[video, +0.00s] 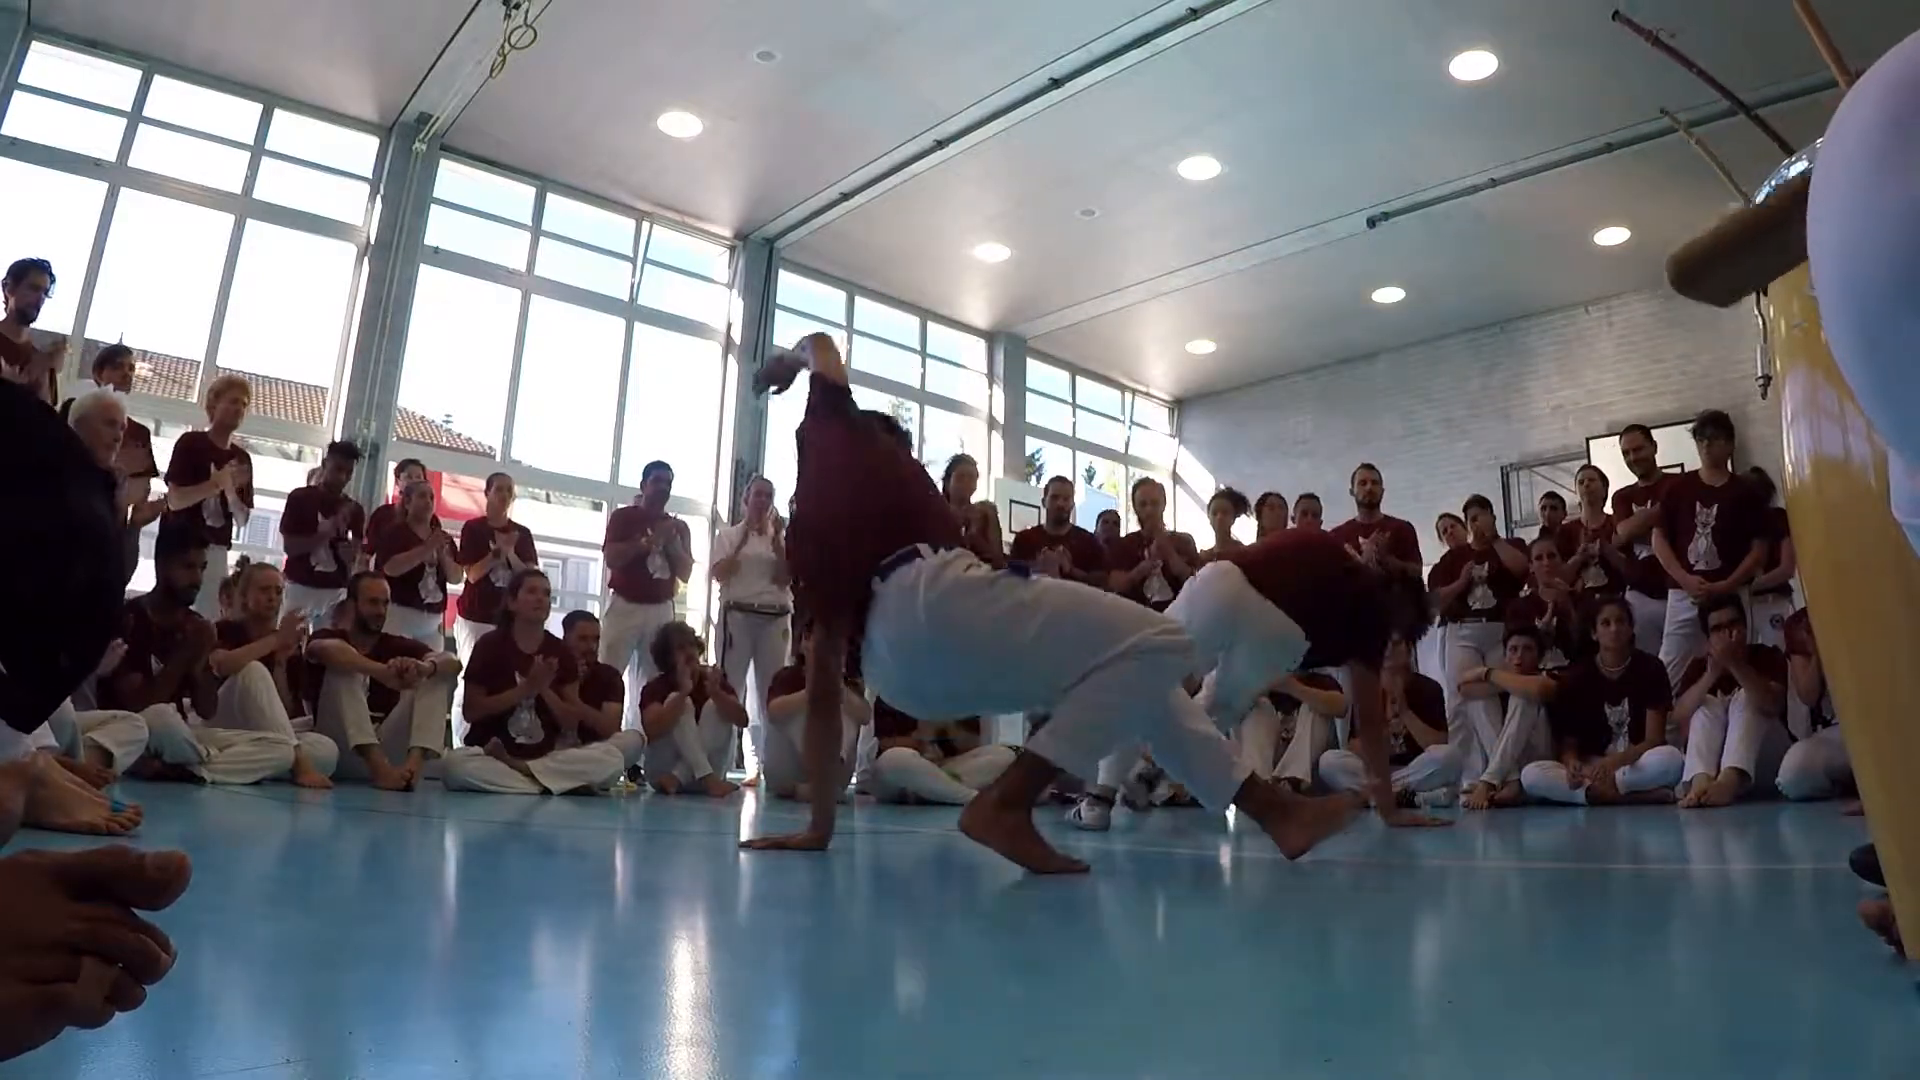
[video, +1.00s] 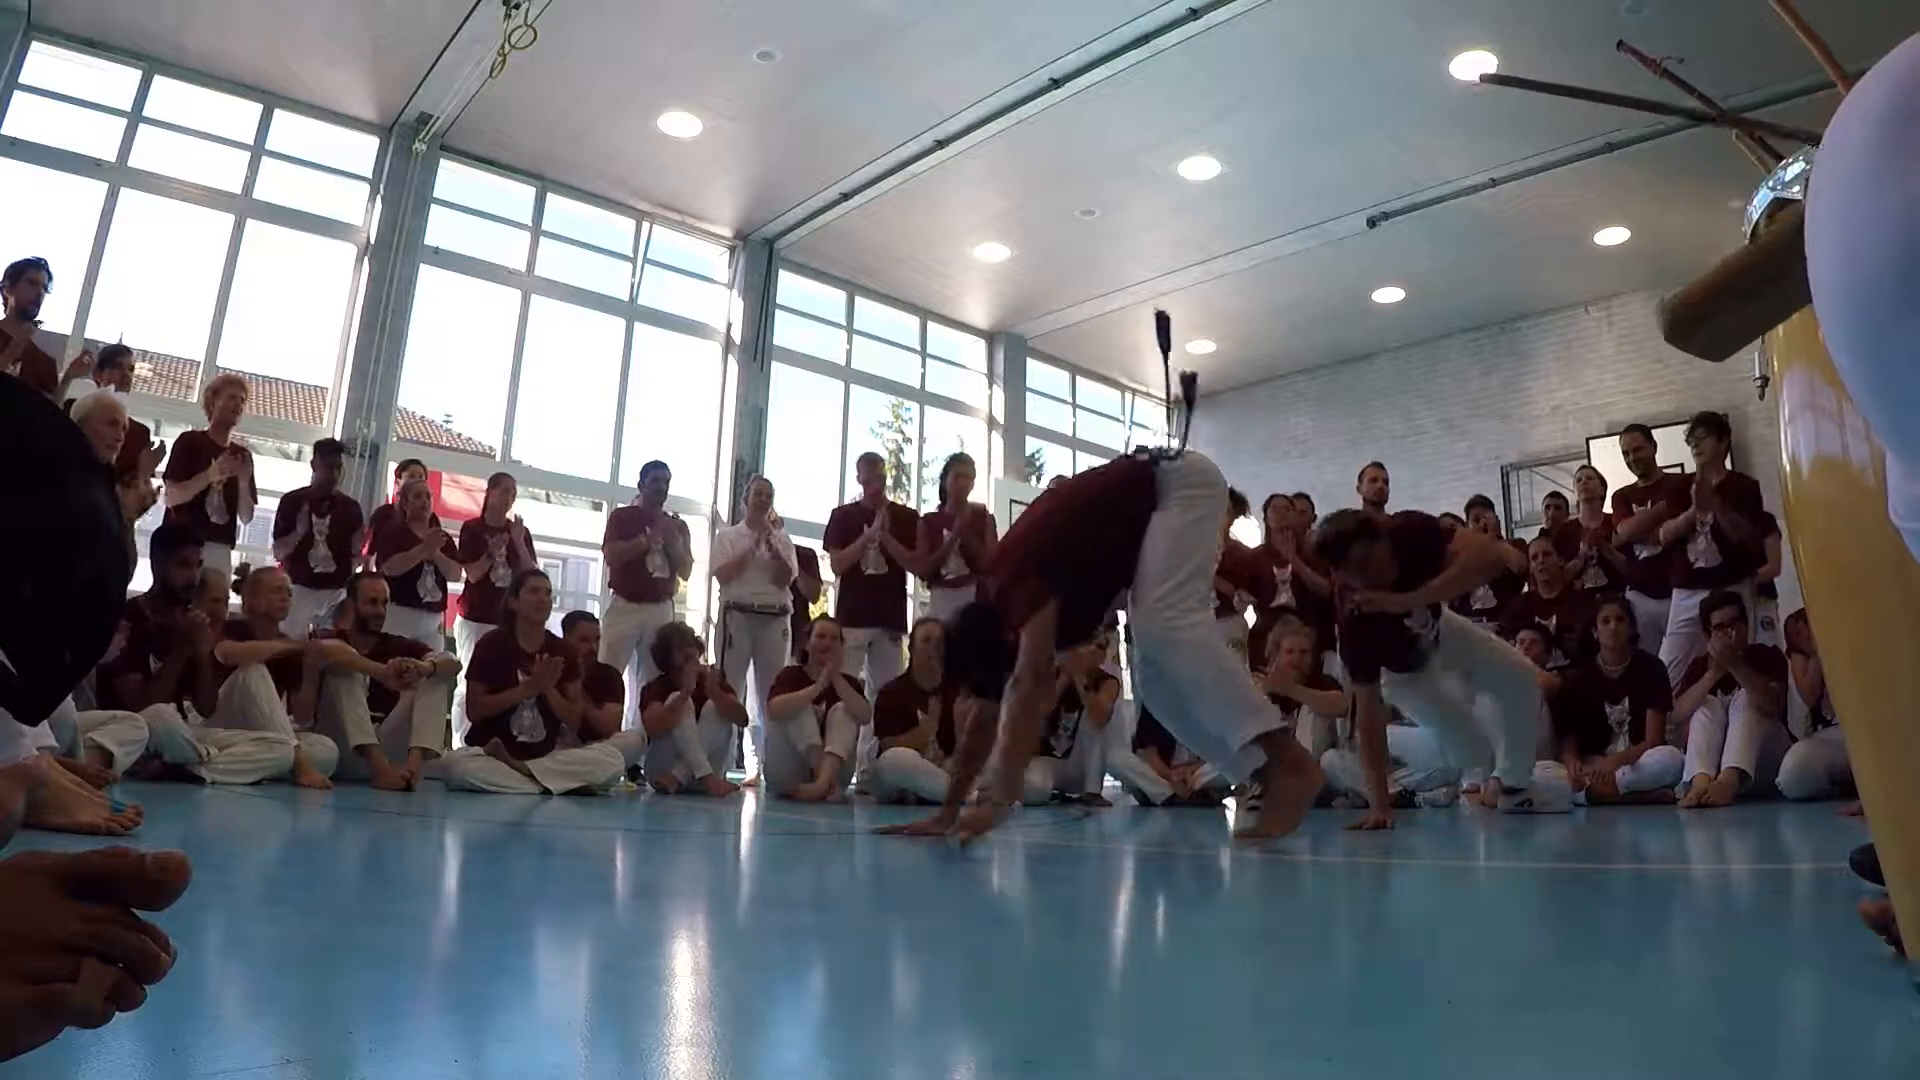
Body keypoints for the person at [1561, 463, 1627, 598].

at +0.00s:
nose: (1586, 485)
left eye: (1592, 480)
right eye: (1581, 482)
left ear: (1604, 488)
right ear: (1576, 491)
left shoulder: (1619, 524)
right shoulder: (1565, 531)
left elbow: (1632, 568)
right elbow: (1560, 577)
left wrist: (1607, 551)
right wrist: (1579, 558)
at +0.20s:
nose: (1586, 484)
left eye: (1591, 480)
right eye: (1581, 482)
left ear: (1605, 489)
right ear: (1577, 492)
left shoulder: (1619, 525)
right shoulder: (1565, 532)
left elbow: (1630, 570)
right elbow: (1560, 576)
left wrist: (1609, 553)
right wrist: (1581, 559)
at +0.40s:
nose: (1586, 485)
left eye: (1592, 480)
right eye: (1581, 482)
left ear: (1604, 488)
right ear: (1576, 491)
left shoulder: (1618, 524)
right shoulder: (1566, 531)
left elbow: (1629, 566)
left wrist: (1605, 549)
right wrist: (1577, 555)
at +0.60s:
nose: (1585, 485)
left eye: (1591, 480)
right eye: (1580, 482)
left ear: (1603, 489)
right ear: (1576, 492)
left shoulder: (1619, 524)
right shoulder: (1565, 532)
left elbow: (1632, 569)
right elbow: (1561, 578)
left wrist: (1603, 550)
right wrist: (1586, 556)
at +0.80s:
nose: (1584, 484)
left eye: (1591, 480)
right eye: (1580, 481)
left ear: (1603, 489)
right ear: (1576, 492)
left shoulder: (1617, 524)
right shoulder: (1566, 531)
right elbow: (1565, 578)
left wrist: (1611, 549)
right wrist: (1572, 548)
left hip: (1612, 590)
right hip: (1580, 594)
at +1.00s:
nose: (1584, 482)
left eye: (1590, 478)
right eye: (1579, 480)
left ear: (1602, 489)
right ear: (1575, 492)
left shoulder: (1618, 522)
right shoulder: (1564, 531)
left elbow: (1632, 568)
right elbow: (1558, 577)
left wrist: (1610, 553)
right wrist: (1580, 560)